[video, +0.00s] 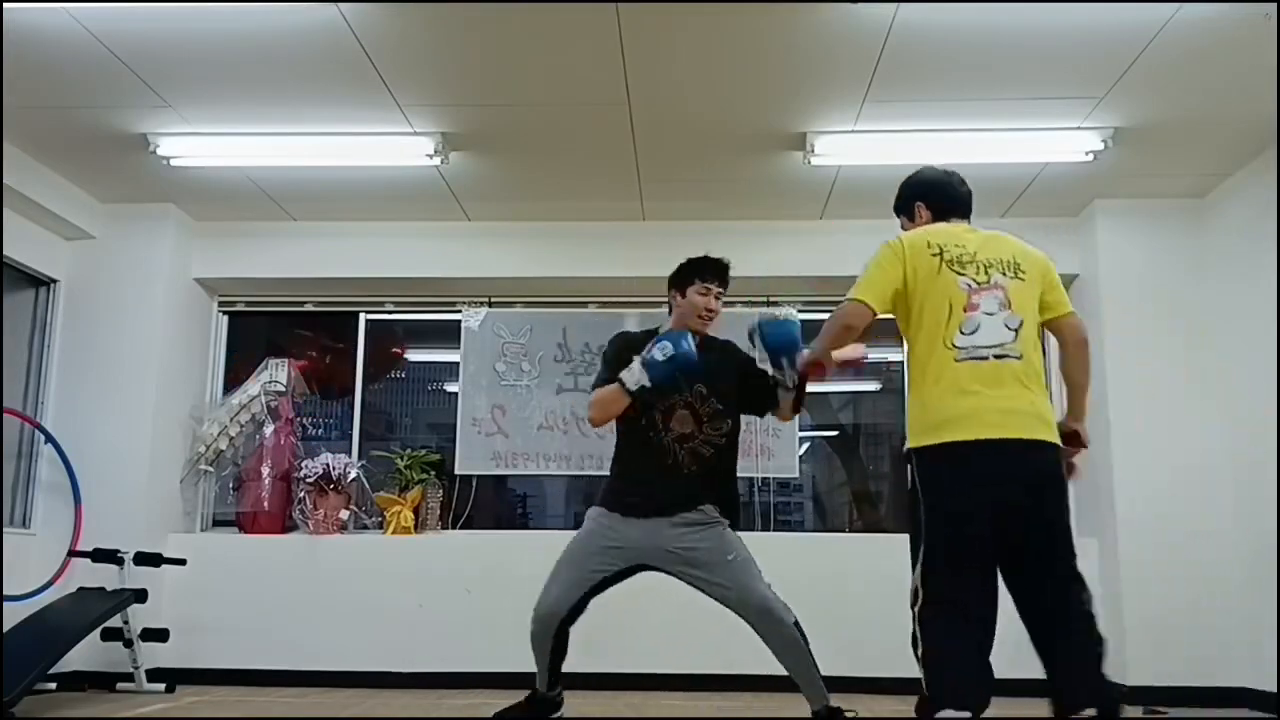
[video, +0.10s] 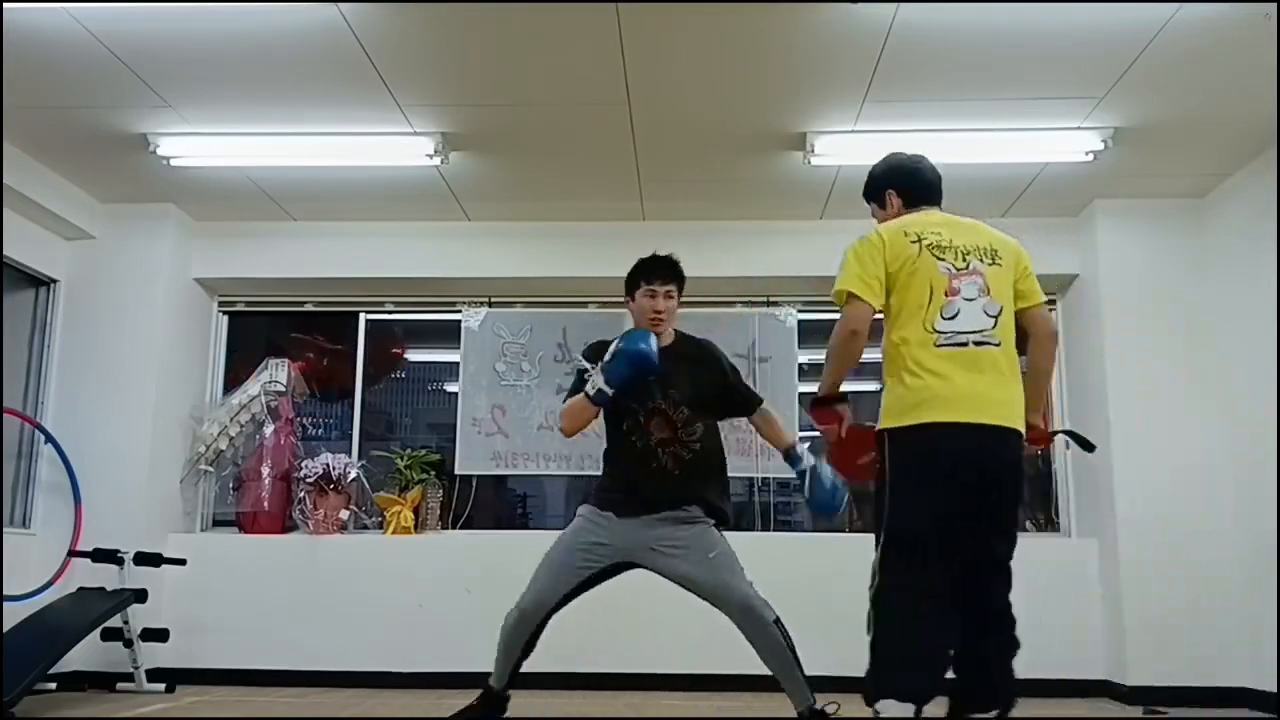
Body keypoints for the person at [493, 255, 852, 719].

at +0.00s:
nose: (713, 304)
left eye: (720, 298)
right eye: (704, 293)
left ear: (722, 307)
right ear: (675, 295)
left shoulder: (730, 359)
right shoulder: (631, 347)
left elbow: (785, 410)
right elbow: (597, 415)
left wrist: (787, 367)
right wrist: (643, 374)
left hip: (697, 525)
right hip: (617, 521)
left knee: (768, 610)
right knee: (548, 612)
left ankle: (824, 708)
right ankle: (545, 695)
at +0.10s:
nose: (660, 304)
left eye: (669, 295)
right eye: (650, 295)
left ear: (680, 302)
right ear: (629, 302)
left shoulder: (703, 357)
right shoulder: (604, 354)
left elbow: (758, 414)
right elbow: (568, 424)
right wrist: (609, 379)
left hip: (683, 523)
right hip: (606, 519)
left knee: (747, 603)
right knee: (531, 605)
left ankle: (809, 709)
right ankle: (493, 697)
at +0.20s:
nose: (640, 321)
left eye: (649, 311)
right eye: (629, 312)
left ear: (661, 319)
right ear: (609, 327)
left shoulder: (688, 381)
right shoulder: (587, 380)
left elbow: (734, 435)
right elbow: (549, 448)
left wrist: (760, 492)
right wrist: (588, 401)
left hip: (670, 550)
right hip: (591, 548)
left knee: (738, 618)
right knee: (515, 634)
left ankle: (796, 701)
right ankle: (481, 706)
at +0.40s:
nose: (674, 296)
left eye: (679, 288)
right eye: (664, 286)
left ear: (681, 294)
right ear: (635, 291)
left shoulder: (684, 352)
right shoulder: (599, 349)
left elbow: (685, 429)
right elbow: (600, 418)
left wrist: (704, 468)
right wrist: (637, 353)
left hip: (679, 523)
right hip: (603, 528)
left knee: (755, 602)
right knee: (540, 621)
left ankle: (797, 713)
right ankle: (482, 698)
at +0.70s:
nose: (615, 276)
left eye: (620, 264)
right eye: (604, 267)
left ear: (638, 267)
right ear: (590, 271)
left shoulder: (670, 324)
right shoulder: (571, 327)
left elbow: (716, 397)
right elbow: (547, 383)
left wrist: (712, 452)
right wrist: (581, 317)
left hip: (651, 504)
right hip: (571, 504)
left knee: (726, 603)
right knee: (516, 608)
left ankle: (793, 708)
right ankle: (507, 706)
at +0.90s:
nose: (611, 260)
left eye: (620, 249)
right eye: (601, 249)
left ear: (638, 253)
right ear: (583, 255)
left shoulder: (661, 311)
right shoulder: (562, 312)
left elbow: (691, 379)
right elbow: (534, 386)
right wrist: (576, 328)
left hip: (648, 493)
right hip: (572, 497)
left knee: (714, 595)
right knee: (522, 604)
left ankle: (762, 704)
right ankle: (506, 704)